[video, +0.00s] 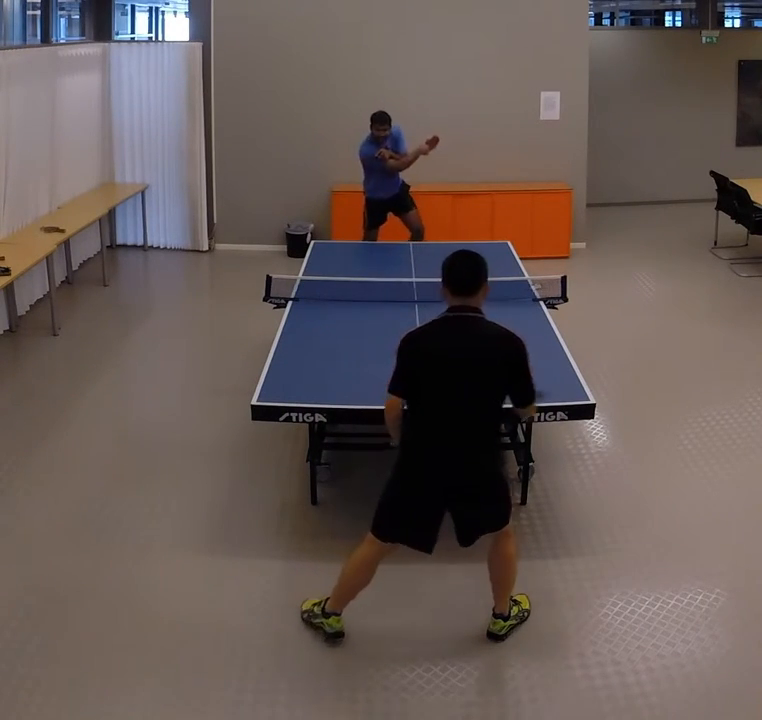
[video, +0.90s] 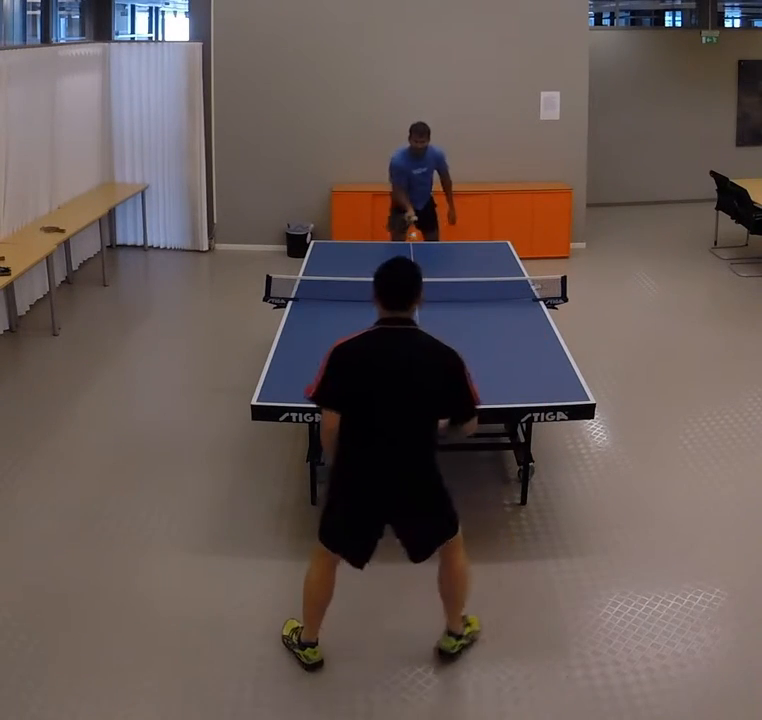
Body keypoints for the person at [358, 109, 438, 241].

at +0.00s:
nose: (382, 134)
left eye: (385, 130)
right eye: (378, 130)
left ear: (390, 128)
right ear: (371, 128)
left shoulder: (395, 133)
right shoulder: (367, 150)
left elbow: (405, 158)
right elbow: (396, 167)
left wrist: (390, 154)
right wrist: (419, 152)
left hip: (397, 192)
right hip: (375, 198)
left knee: (418, 231)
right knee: (370, 239)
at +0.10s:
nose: (391, 134)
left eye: (395, 131)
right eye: (388, 131)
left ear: (400, 129)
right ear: (381, 129)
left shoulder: (406, 138)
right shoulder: (373, 150)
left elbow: (412, 165)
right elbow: (394, 174)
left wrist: (397, 160)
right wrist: (421, 168)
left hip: (404, 195)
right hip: (380, 199)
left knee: (425, 237)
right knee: (372, 241)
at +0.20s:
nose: (404, 136)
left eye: (407, 132)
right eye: (400, 132)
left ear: (412, 132)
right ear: (393, 131)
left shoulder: (419, 144)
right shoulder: (382, 152)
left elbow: (423, 173)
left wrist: (405, 166)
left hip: (412, 199)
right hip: (389, 201)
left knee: (429, 240)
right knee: (376, 242)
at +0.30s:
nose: (417, 137)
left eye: (421, 134)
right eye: (414, 133)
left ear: (426, 134)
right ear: (408, 132)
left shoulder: (432, 147)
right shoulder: (394, 154)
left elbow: (437, 176)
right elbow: (391, 187)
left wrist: (416, 171)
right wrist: (413, 210)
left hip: (423, 200)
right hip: (398, 201)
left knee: (438, 240)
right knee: (384, 241)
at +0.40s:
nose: (427, 135)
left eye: (431, 132)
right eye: (424, 131)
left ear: (436, 132)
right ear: (417, 130)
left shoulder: (440, 147)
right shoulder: (402, 151)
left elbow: (449, 172)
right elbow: (392, 180)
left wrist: (433, 181)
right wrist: (396, 208)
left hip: (428, 202)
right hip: (405, 202)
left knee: (442, 241)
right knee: (389, 243)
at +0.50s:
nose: (431, 131)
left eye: (435, 128)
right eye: (428, 127)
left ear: (440, 128)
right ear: (422, 126)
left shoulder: (444, 146)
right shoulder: (405, 147)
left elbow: (452, 167)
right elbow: (392, 173)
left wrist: (448, 192)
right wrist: (391, 201)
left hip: (430, 200)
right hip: (405, 200)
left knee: (441, 242)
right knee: (394, 242)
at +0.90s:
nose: (419, 146)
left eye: (423, 142)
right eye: (415, 142)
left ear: (428, 141)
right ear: (409, 140)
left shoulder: (436, 156)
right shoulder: (398, 161)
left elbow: (445, 180)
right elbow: (398, 191)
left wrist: (451, 207)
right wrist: (409, 209)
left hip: (425, 204)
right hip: (401, 205)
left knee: (433, 245)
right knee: (397, 245)